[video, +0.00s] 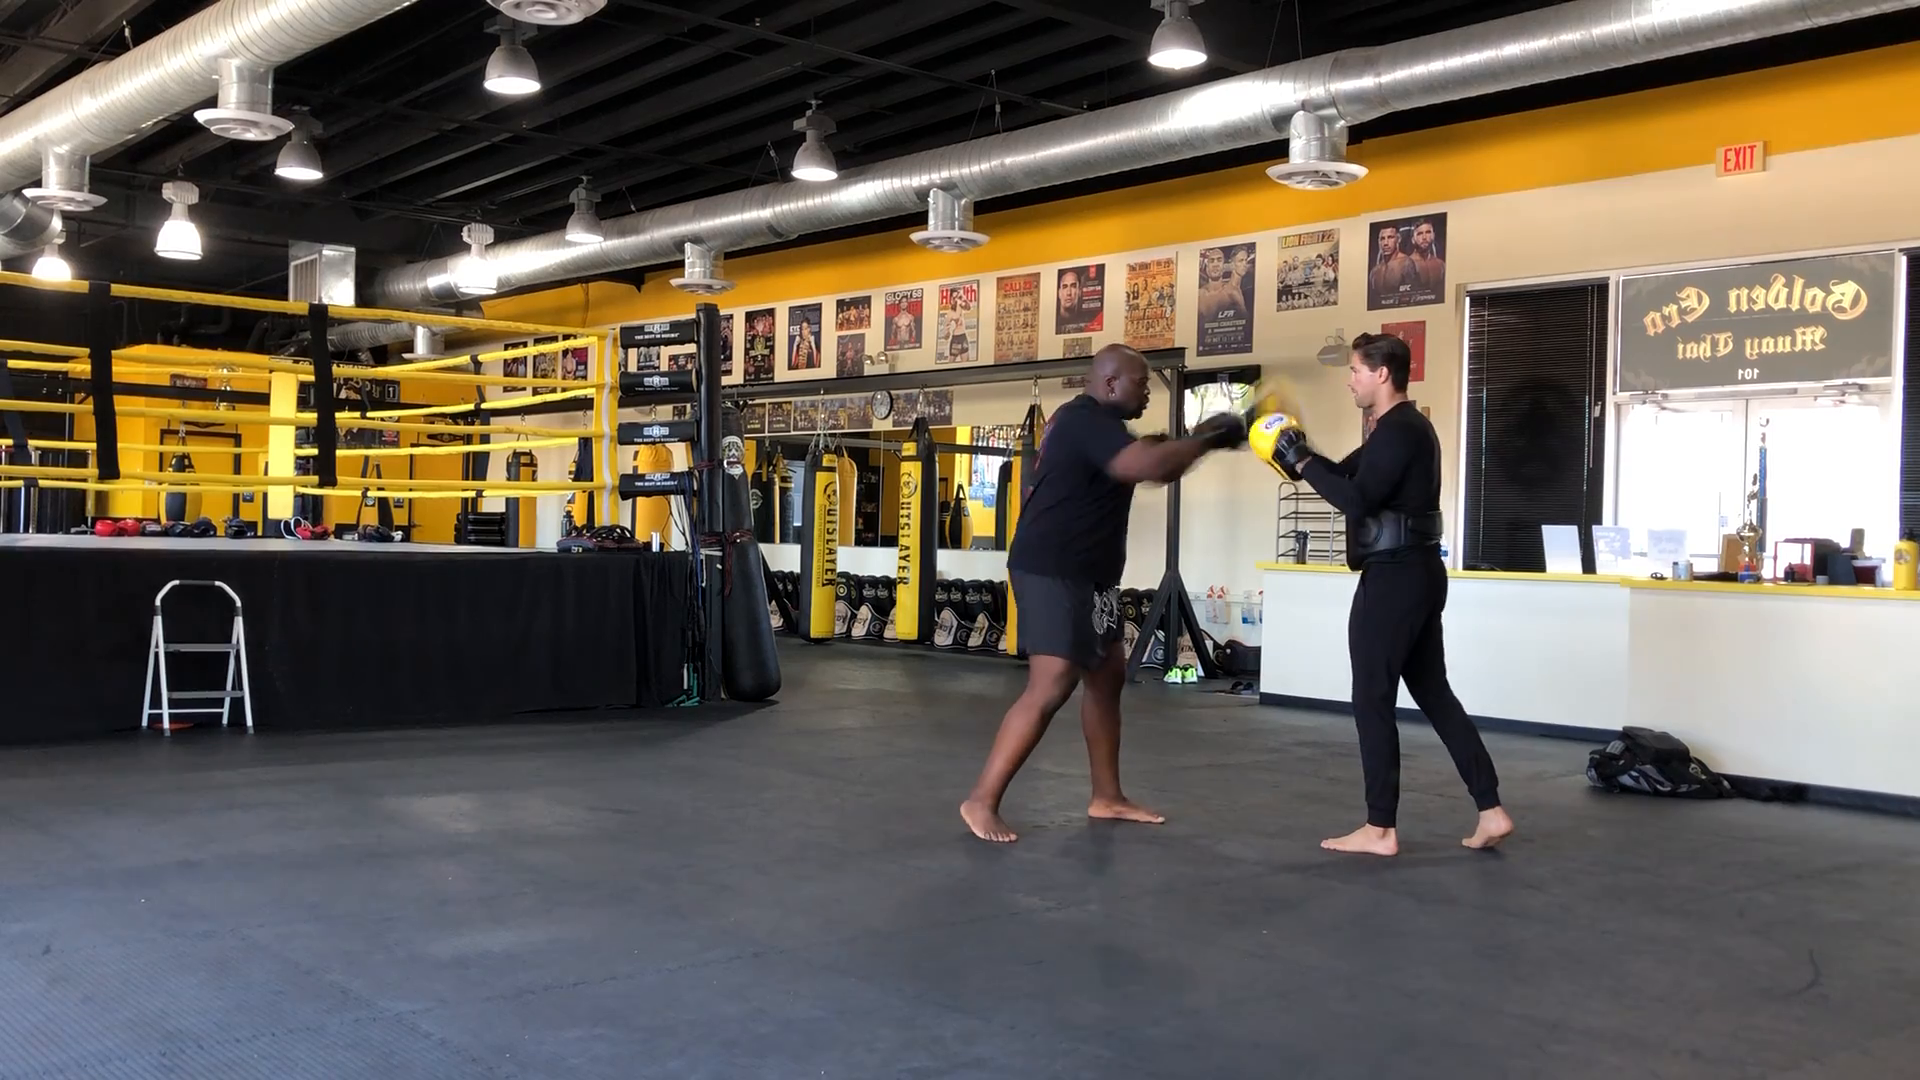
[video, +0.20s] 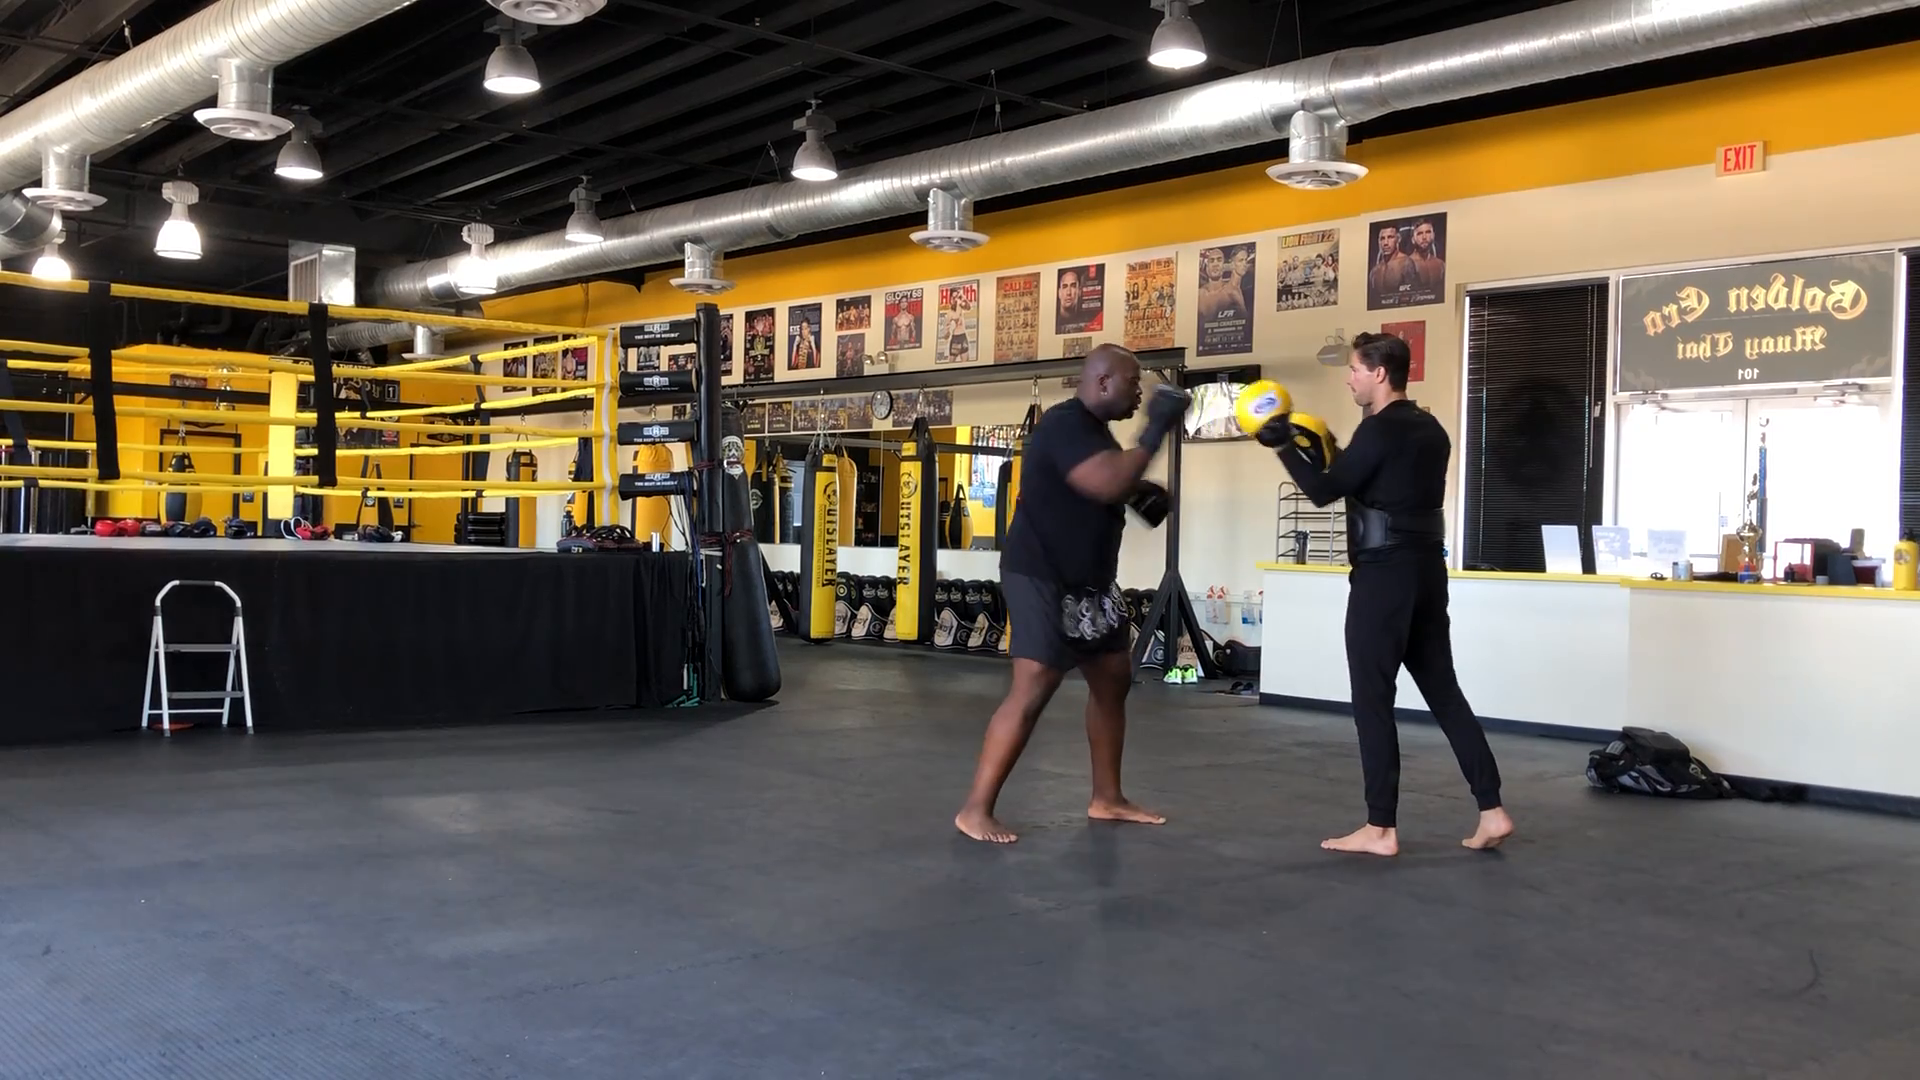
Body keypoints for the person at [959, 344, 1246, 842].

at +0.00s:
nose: (1147, 390)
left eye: (1147, 383)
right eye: (1142, 381)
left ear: (1106, 381)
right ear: (1110, 380)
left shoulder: (1100, 422)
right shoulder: (1084, 418)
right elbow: (1148, 464)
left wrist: (1172, 444)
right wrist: (1207, 437)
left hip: (1092, 572)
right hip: (1052, 569)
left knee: (1107, 674)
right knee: (1052, 682)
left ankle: (1107, 796)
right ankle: (981, 802)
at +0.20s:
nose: (1139, 393)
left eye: (1139, 384)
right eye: (1132, 383)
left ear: (1104, 381)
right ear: (1103, 381)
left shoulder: (1101, 434)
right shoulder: (1064, 423)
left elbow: (1101, 484)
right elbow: (1104, 480)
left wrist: (1139, 495)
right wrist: (1154, 432)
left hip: (1089, 576)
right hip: (1038, 574)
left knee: (1112, 678)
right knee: (1033, 683)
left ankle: (1107, 798)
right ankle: (974, 810)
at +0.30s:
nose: (1107, 393)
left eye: (1114, 386)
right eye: (1099, 381)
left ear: (1116, 390)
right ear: (1073, 376)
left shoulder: (1105, 428)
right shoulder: (1037, 423)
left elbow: (1133, 457)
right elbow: (1067, 485)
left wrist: (1188, 462)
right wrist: (1101, 420)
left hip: (1092, 581)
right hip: (1032, 579)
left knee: (1109, 681)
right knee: (1017, 689)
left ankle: (1107, 797)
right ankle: (973, 812)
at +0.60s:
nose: (1132, 398)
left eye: (1135, 391)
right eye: (1125, 389)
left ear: (1127, 393)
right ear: (1096, 385)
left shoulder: (1108, 438)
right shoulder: (1063, 424)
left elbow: (1120, 492)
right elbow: (1056, 474)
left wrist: (1152, 456)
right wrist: (1118, 438)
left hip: (1088, 583)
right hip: (1042, 581)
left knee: (1117, 677)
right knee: (1033, 689)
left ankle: (1110, 796)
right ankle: (974, 812)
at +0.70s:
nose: (1152, 401)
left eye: (1152, 394)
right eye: (1146, 392)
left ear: (1105, 388)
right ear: (1118, 388)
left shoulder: (1075, 424)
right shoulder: (1102, 421)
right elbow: (1173, 436)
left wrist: (1189, 438)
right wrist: (1245, 422)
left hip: (1075, 574)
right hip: (1052, 571)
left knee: (1106, 674)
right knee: (1037, 685)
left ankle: (1108, 796)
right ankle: (973, 810)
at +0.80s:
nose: (1156, 409)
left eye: (1156, 403)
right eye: (1152, 400)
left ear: (1111, 389)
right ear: (1128, 388)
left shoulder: (1072, 424)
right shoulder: (1119, 415)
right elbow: (1207, 422)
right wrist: (1269, 415)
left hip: (1081, 569)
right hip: (1060, 564)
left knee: (1103, 677)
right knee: (1038, 683)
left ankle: (1108, 796)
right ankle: (972, 805)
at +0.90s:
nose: (1160, 406)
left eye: (1161, 399)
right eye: (1158, 397)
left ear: (1115, 387)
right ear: (1134, 387)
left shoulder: (1077, 422)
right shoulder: (1119, 415)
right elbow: (1192, 434)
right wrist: (1241, 430)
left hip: (1086, 568)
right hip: (1064, 561)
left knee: (1107, 672)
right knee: (1044, 675)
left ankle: (1109, 796)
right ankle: (975, 798)